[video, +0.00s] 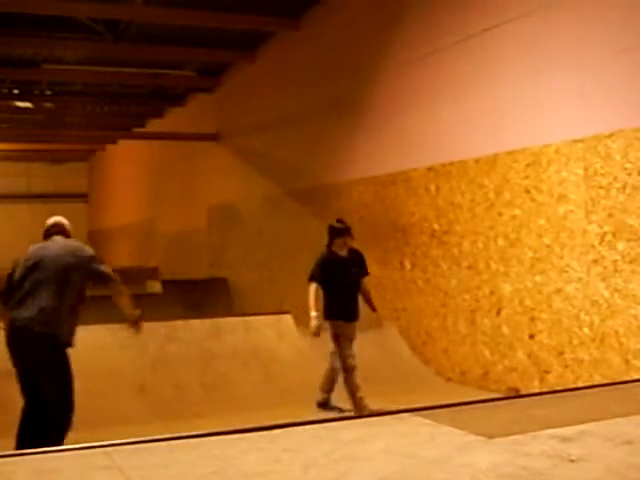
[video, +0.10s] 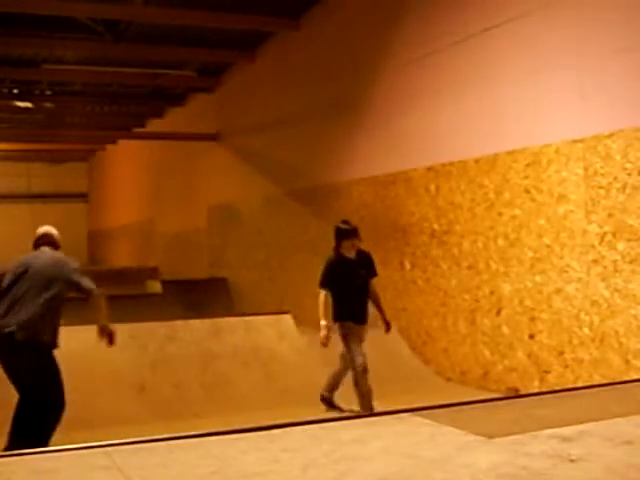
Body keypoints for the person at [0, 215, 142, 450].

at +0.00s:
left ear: (44, 236)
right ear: (69, 234)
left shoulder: (31, 253)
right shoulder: (80, 252)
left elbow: (9, 289)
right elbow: (112, 281)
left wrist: (8, 317)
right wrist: (131, 313)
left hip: (18, 333)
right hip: (49, 336)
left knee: (34, 401)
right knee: (60, 404)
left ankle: (23, 459)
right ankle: (46, 460)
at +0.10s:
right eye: (58, 244)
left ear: (34, 245)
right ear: (58, 245)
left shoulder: (20, 263)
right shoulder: (59, 262)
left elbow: (3, 290)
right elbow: (94, 292)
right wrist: (103, 323)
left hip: (6, 339)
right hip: (33, 342)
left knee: (29, 397)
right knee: (53, 401)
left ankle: (14, 455)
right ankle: (28, 457)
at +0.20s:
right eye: (46, 256)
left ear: (25, 255)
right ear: (47, 256)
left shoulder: (9, 273)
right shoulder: (50, 274)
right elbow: (78, 302)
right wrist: (84, 328)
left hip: (3, 347)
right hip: (27, 349)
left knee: (22, 394)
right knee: (48, 399)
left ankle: (8, 442)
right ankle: (20, 446)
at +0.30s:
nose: (37, 264)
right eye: (38, 261)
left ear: (18, 259)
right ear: (38, 261)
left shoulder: (4, 277)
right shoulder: (38, 280)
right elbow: (60, 306)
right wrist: (73, 327)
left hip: (0, 348)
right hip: (16, 349)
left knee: (15, 389)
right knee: (40, 393)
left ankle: (5, 435)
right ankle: (16, 435)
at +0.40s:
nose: (34, 261)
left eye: (33, 258)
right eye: (34, 258)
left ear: (14, 256)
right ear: (32, 259)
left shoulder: (3, 273)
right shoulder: (30, 283)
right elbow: (52, 311)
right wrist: (69, 328)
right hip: (9, 346)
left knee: (8, 387)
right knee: (31, 388)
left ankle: (7, 429)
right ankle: (8, 428)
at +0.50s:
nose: (30, 259)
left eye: (30, 255)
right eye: (30, 255)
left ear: (11, 249)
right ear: (26, 254)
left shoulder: (3, 266)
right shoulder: (19, 274)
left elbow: (36, 309)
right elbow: (38, 310)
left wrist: (62, 327)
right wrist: (64, 328)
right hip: (4, 341)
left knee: (7, 377)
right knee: (20, 378)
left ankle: (1, 416)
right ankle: (1, 416)